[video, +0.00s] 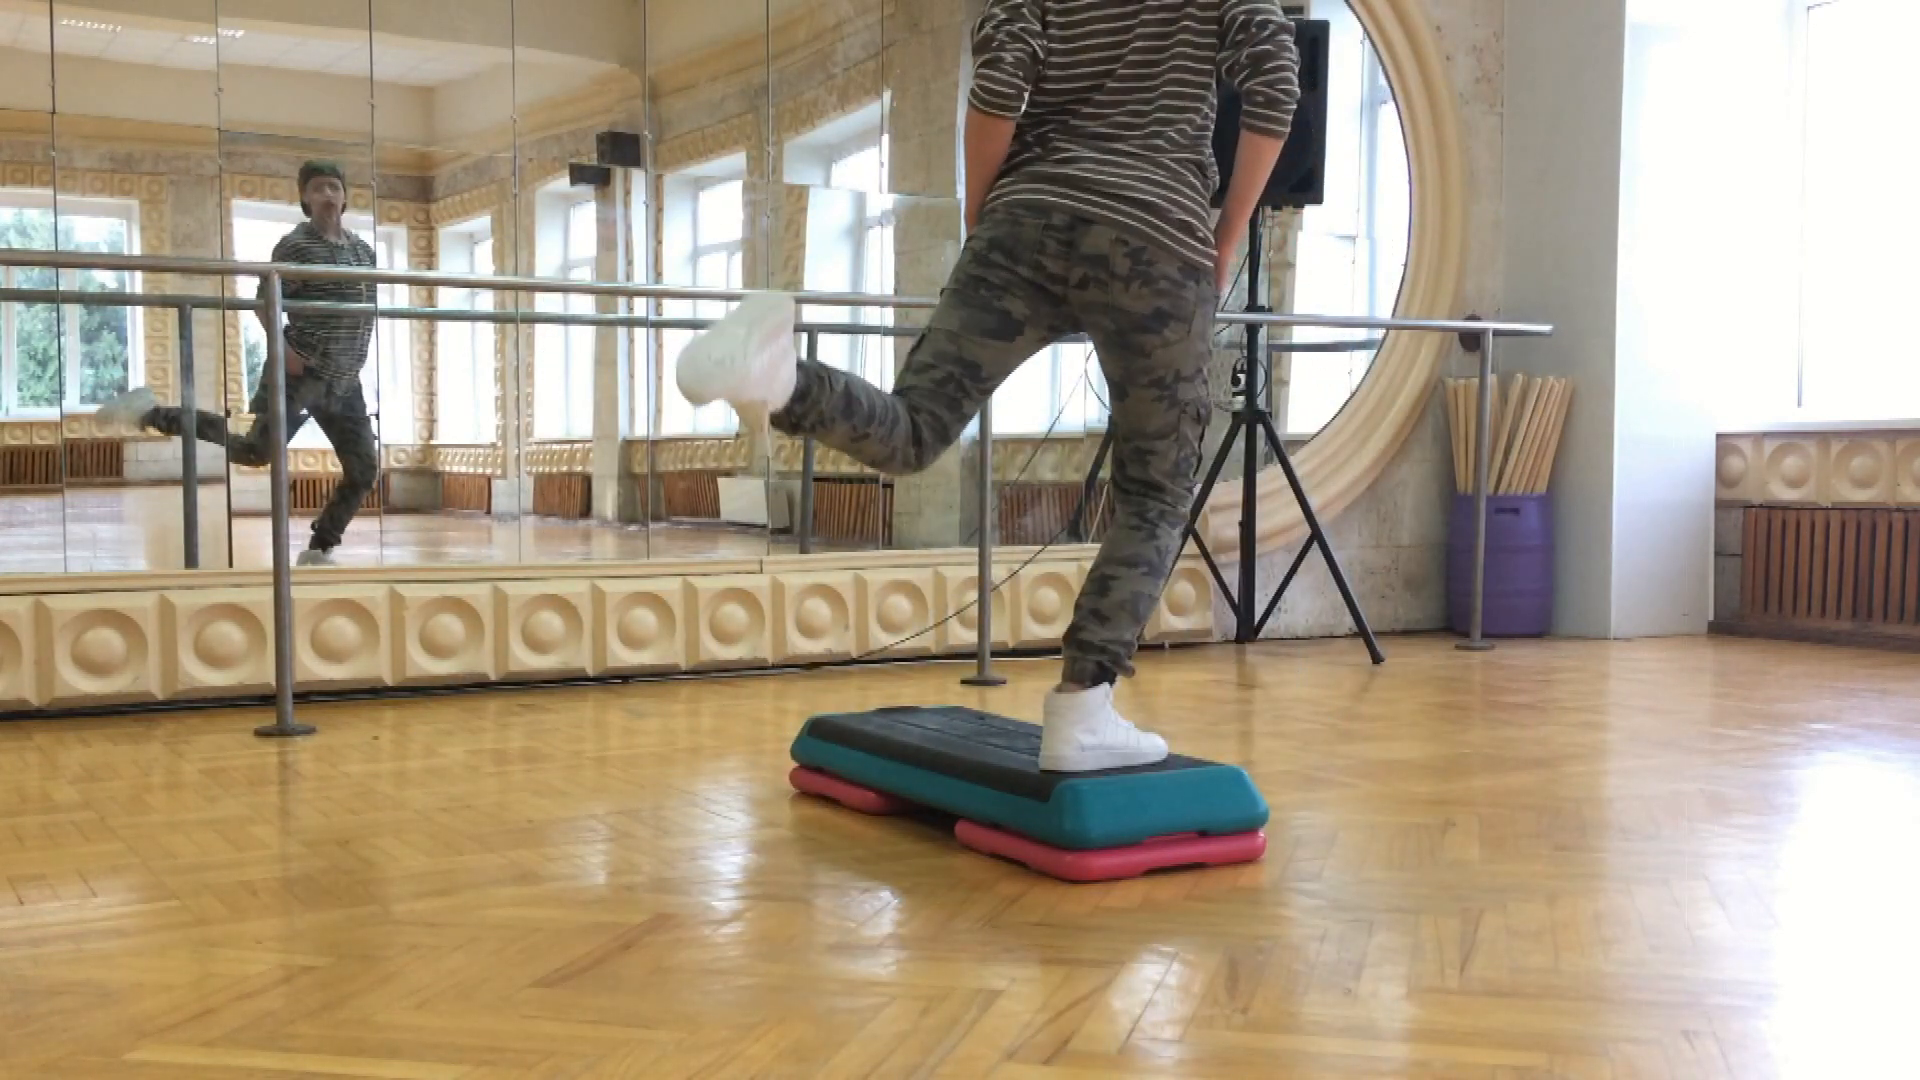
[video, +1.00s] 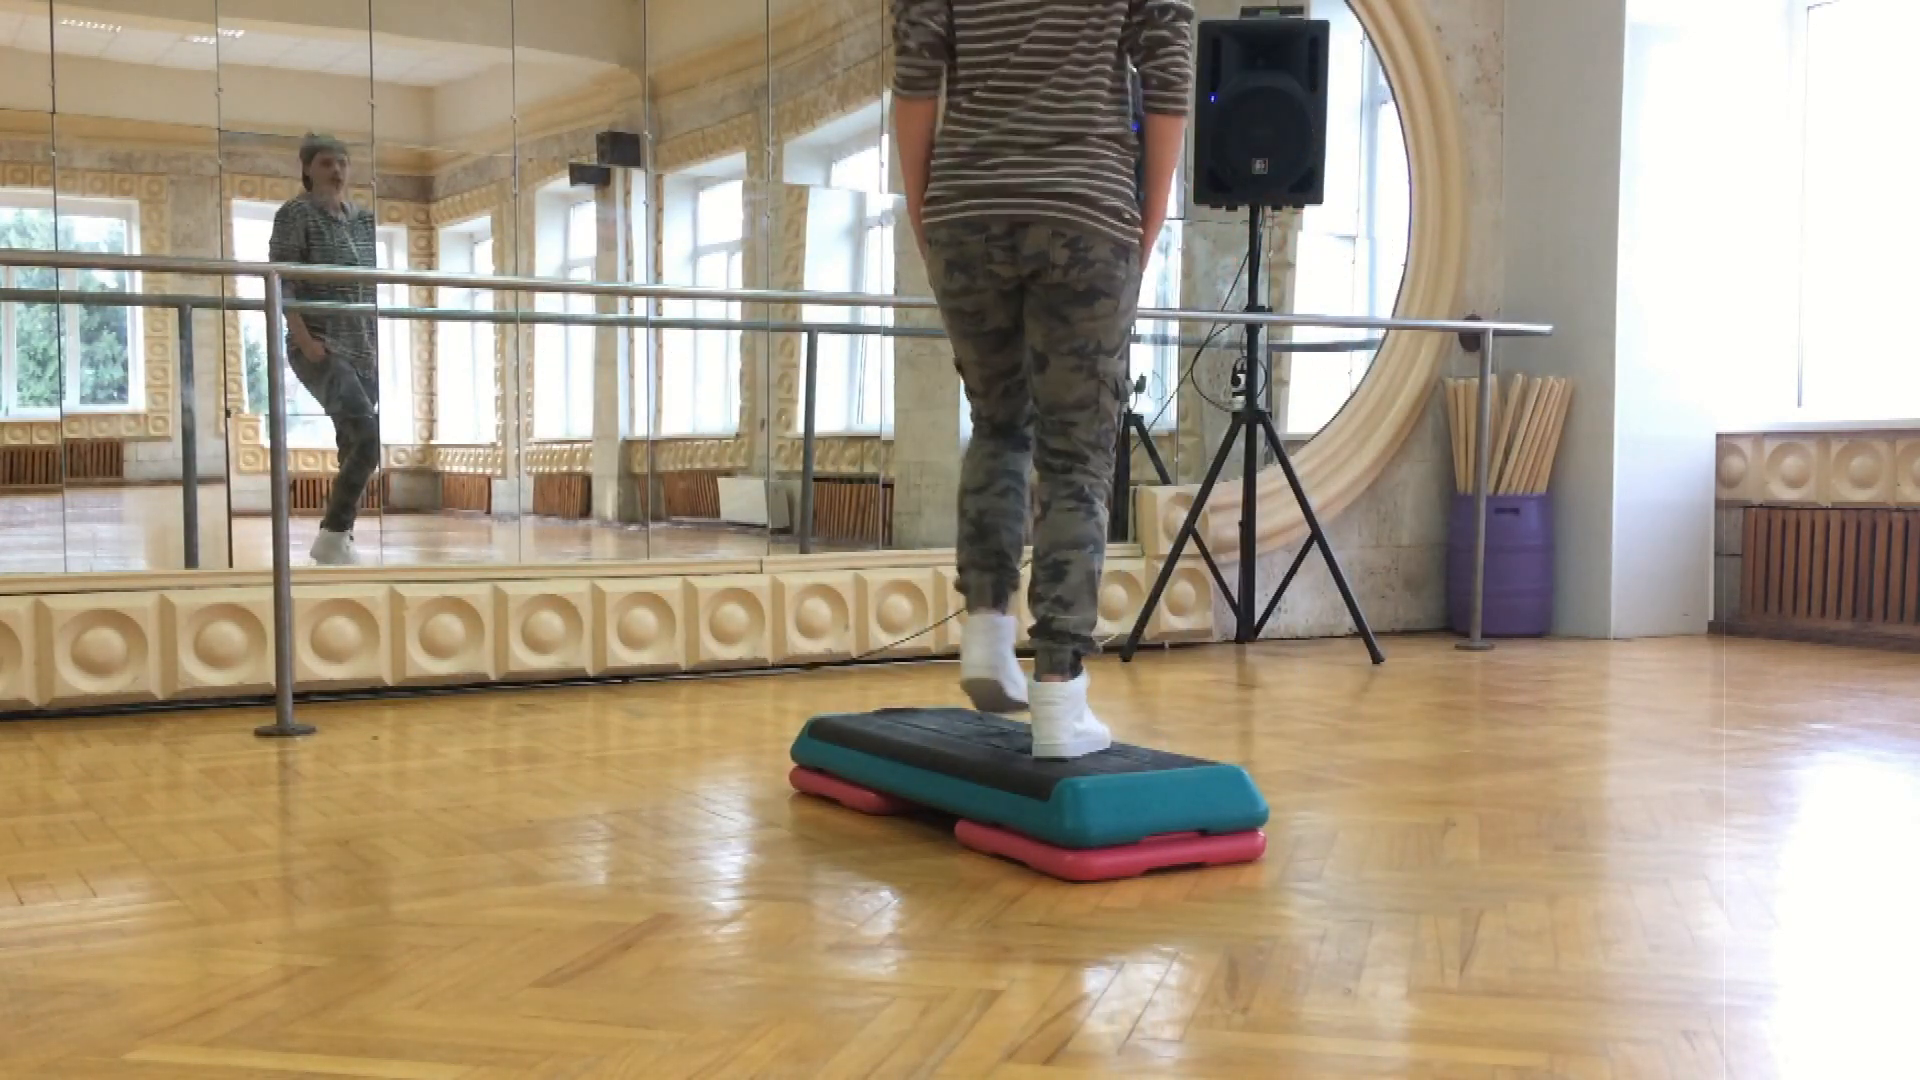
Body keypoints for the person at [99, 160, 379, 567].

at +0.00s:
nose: (329, 195)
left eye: (335, 187)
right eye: (319, 189)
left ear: (346, 197)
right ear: (304, 199)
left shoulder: (363, 252)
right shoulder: (294, 247)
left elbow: (361, 314)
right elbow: (263, 303)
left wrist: (352, 360)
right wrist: (283, 349)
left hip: (343, 383)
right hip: (296, 374)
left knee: (363, 471)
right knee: (256, 450)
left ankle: (319, 551)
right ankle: (152, 414)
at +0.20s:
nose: (331, 175)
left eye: (337, 169)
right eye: (321, 169)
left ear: (347, 178)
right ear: (305, 178)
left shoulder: (362, 226)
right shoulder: (291, 217)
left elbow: (363, 288)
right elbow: (265, 277)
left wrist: (354, 338)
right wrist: (281, 332)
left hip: (344, 352)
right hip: (299, 344)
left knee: (345, 452)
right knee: (328, 439)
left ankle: (316, 542)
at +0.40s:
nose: (328, 175)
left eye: (335, 170)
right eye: (319, 169)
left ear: (344, 179)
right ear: (302, 176)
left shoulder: (363, 232)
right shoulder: (284, 223)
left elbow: (369, 297)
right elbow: (265, 287)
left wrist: (364, 350)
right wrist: (286, 340)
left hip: (352, 356)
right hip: (305, 352)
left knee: (351, 455)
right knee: (345, 447)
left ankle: (321, 545)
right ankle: (323, 546)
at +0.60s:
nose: (327, 180)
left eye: (333, 174)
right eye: (318, 174)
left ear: (342, 183)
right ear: (300, 181)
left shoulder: (361, 235)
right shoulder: (288, 225)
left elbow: (366, 299)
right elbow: (269, 293)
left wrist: (370, 346)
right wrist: (295, 349)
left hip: (358, 363)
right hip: (311, 362)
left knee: (369, 470)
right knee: (349, 457)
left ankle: (321, 548)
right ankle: (328, 554)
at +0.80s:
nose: (329, 184)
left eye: (335, 177)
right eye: (319, 177)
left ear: (344, 186)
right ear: (303, 185)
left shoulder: (362, 242)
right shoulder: (291, 236)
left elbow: (369, 306)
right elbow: (273, 304)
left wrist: (371, 356)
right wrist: (300, 359)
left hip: (362, 370)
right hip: (318, 370)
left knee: (370, 469)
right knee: (357, 462)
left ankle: (340, 554)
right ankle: (330, 555)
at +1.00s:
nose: (336, 168)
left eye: (341, 162)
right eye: (326, 162)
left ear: (349, 171)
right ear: (307, 170)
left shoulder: (362, 219)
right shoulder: (296, 212)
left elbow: (366, 285)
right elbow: (279, 280)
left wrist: (370, 340)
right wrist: (303, 337)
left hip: (363, 347)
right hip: (319, 345)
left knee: (360, 446)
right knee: (364, 438)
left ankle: (338, 541)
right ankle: (331, 537)